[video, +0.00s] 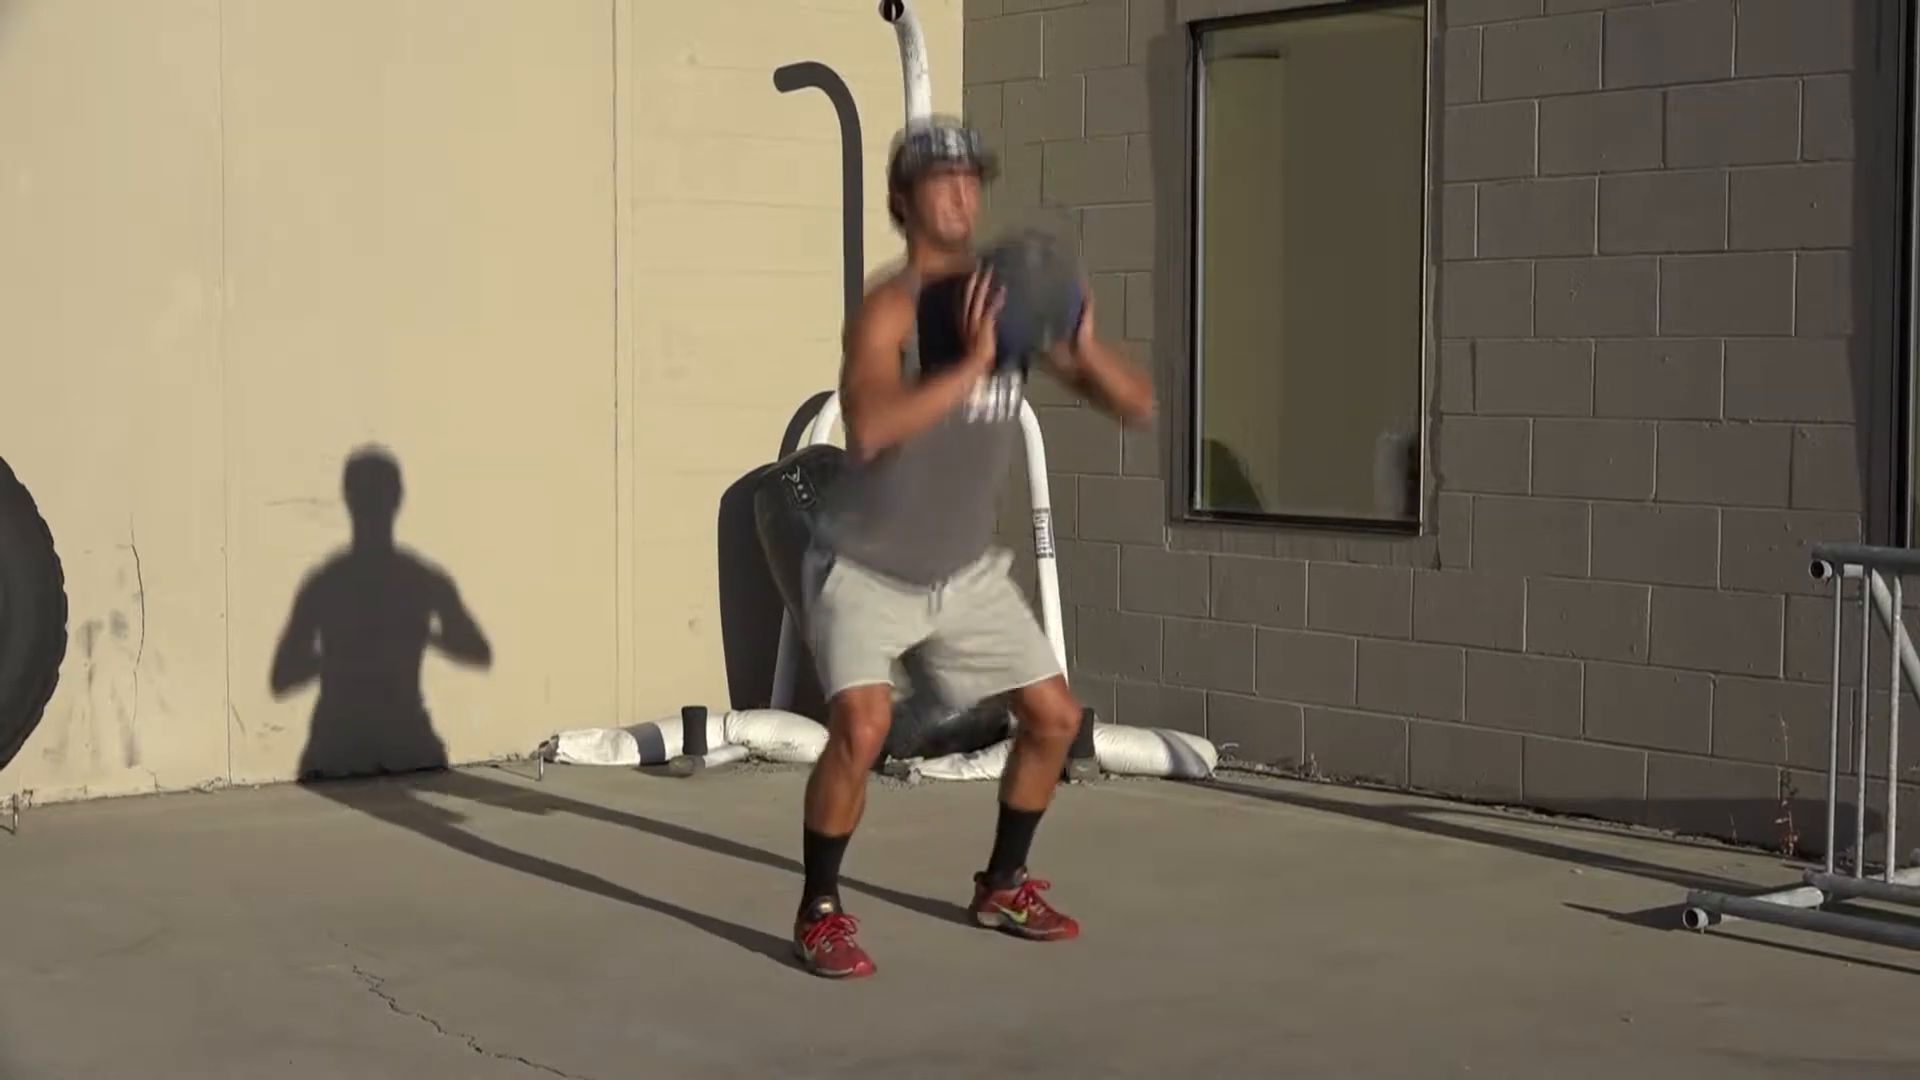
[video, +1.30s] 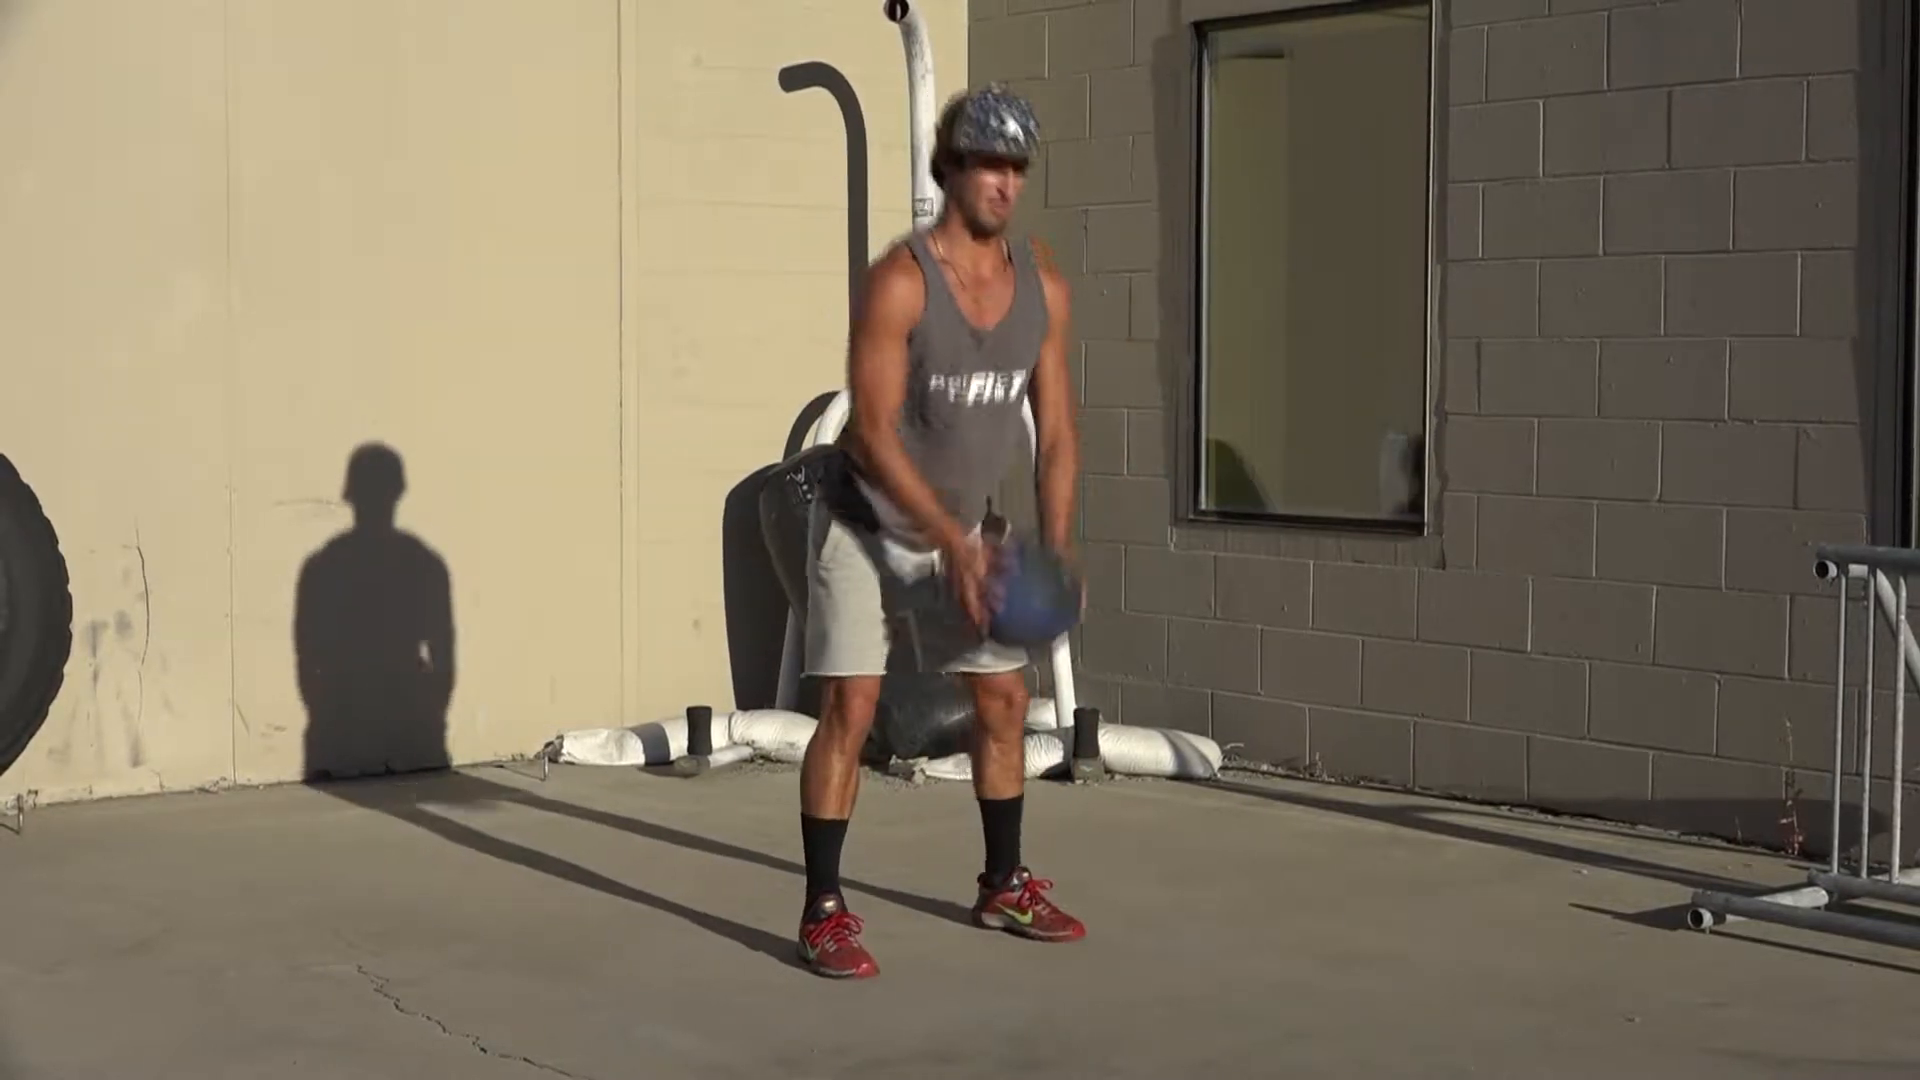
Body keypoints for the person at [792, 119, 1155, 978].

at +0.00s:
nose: (954, 195)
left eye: (965, 180)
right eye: (936, 181)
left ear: (982, 194)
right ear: (901, 199)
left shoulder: (1012, 291)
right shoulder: (888, 306)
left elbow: (1136, 405)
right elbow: (869, 429)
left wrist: (1080, 352)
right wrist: (977, 360)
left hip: (972, 571)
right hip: (868, 570)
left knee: (1055, 716)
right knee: (861, 728)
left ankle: (1003, 884)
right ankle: (819, 910)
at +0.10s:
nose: (976, 297)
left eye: (985, 282)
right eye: (958, 282)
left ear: (996, 293)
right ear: (920, 295)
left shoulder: (1017, 388)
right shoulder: (891, 402)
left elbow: (1144, 509)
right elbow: (863, 540)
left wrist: (1070, 450)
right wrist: (967, 466)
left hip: (954, 619)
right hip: (853, 614)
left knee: (1062, 726)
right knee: (860, 733)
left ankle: (1002, 887)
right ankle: (820, 913)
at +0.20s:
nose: (985, 386)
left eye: (995, 370)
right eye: (967, 371)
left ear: (1009, 382)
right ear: (930, 385)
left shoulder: (1019, 483)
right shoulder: (895, 487)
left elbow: (1136, 599)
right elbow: (856, 629)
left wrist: (1078, 555)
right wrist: (963, 570)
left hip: (931, 653)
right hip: (830, 656)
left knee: (1058, 727)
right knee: (856, 737)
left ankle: (1002, 887)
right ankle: (820, 913)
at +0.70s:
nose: (980, 274)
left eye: (993, 258)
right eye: (963, 257)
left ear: (1004, 271)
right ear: (926, 267)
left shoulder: (1015, 374)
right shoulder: (884, 374)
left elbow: (1126, 495)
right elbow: (836, 506)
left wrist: (1061, 441)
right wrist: (947, 454)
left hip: (959, 593)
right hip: (854, 586)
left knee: (1047, 721)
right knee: (862, 725)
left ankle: (1004, 886)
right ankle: (821, 911)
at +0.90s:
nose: (979, 168)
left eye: (991, 154)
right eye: (962, 152)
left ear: (1003, 167)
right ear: (924, 163)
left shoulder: (1021, 275)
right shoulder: (882, 271)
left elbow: (1082, 415)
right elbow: (830, 410)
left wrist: (1046, 360)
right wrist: (938, 384)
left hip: (973, 532)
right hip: (872, 530)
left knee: (1011, 697)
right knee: (858, 711)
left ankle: (1002, 885)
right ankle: (821, 910)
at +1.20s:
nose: (990, 157)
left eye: (1003, 142)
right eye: (973, 139)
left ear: (1015, 154)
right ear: (934, 145)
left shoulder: (1034, 257)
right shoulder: (890, 256)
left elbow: (1054, 396)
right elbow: (847, 402)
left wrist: (1055, 483)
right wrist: (945, 467)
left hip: (981, 517)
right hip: (881, 516)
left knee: (991, 702)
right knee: (855, 706)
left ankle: (1002, 888)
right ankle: (824, 910)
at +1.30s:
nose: (1002, 182)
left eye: (1015, 167)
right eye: (985, 165)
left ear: (1027, 177)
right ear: (948, 171)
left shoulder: (1042, 286)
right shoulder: (900, 280)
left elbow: (1058, 433)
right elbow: (873, 434)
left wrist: (1056, 551)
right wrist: (950, 537)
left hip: (971, 525)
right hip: (869, 521)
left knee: (1004, 697)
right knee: (852, 705)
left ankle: (1004, 885)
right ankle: (823, 909)